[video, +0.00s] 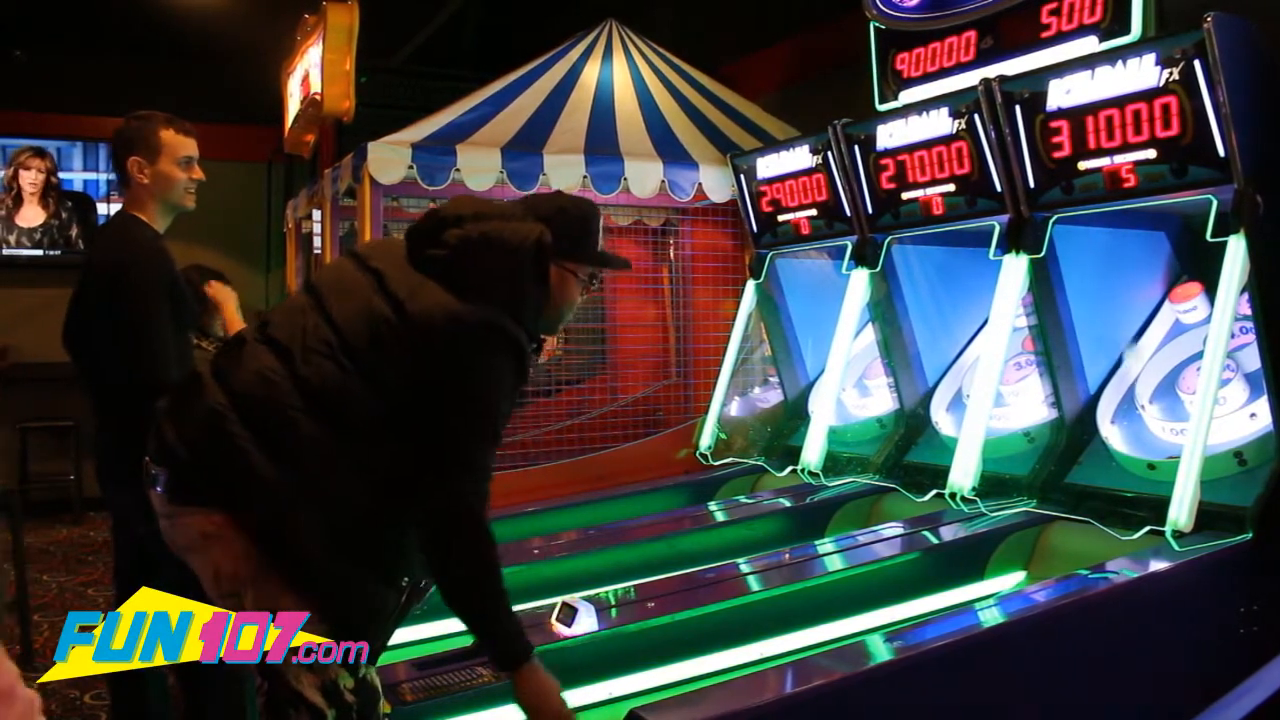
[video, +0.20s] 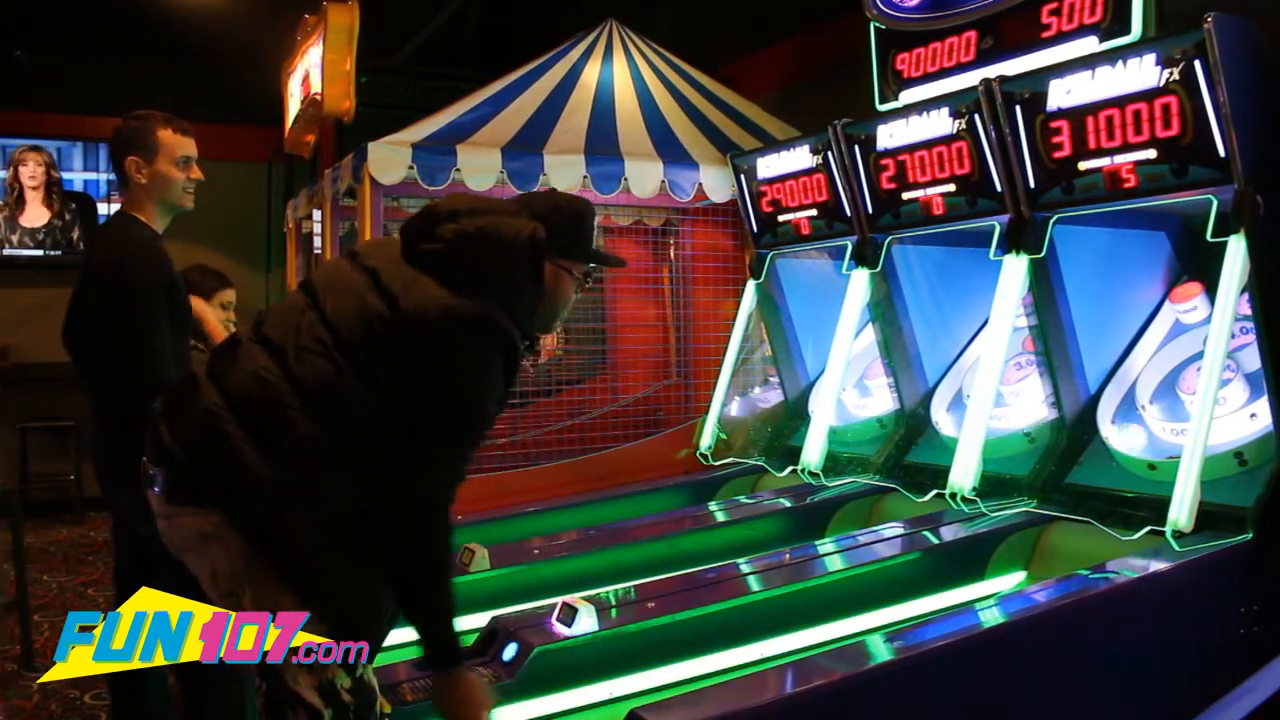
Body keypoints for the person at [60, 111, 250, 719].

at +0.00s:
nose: (199, 176)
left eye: (198, 164)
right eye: (186, 164)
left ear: (143, 174)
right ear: (140, 170)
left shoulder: (117, 243)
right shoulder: (139, 253)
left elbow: (75, 337)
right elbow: (169, 372)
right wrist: (229, 319)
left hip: (127, 454)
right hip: (149, 463)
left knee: (142, 596)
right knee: (171, 599)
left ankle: (138, 706)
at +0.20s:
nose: (196, 176)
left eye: (195, 163)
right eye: (183, 164)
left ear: (141, 172)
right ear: (137, 169)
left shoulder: (118, 241)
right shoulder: (137, 252)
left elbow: (79, 336)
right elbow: (163, 371)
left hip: (126, 451)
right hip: (145, 460)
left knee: (143, 591)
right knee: (166, 595)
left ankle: (139, 703)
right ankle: (156, 704)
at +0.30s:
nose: (196, 176)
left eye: (195, 163)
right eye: (183, 163)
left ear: (140, 173)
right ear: (137, 169)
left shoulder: (116, 242)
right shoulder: (138, 253)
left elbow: (79, 336)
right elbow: (162, 373)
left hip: (124, 450)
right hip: (145, 459)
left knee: (142, 591)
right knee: (167, 594)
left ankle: (139, 703)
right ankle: (158, 703)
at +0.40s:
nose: (196, 176)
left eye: (195, 164)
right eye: (183, 164)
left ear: (142, 174)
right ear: (136, 170)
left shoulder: (117, 241)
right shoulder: (136, 252)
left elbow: (78, 335)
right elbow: (162, 372)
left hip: (123, 445)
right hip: (142, 456)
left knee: (141, 580)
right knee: (166, 586)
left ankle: (141, 697)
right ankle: (158, 699)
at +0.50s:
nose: (196, 175)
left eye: (195, 163)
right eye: (183, 162)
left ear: (139, 171)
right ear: (136, 169)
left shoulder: (112, 240)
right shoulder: (138, 250)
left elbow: (77, 334)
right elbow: (163, 372)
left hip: (121, 448)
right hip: (146, 458)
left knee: (146, 583)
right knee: (168, 590)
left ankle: (144, 699)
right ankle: (167, 702)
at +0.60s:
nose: (196, 175)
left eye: (196, 163)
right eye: (184, 163)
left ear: (141, 171)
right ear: (138, 169)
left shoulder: (110, 240)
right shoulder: (138, 250)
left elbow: (77, 336)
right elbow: (163, 374)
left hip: (119, 444)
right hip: (146, 454)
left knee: (136, 593)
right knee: (148, 601)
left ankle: (135, 700)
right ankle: (145, 704)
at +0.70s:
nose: (195, 177)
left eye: (195, 165)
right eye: (183, 164)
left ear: (141, 173)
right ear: (137, 169)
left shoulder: (119, 242)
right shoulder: (133, 251)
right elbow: (161, 381)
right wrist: (222, 462)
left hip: (137, 454)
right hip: (147, 458)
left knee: (151, 601)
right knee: (168, 605)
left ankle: (146, 706)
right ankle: (165, 707)